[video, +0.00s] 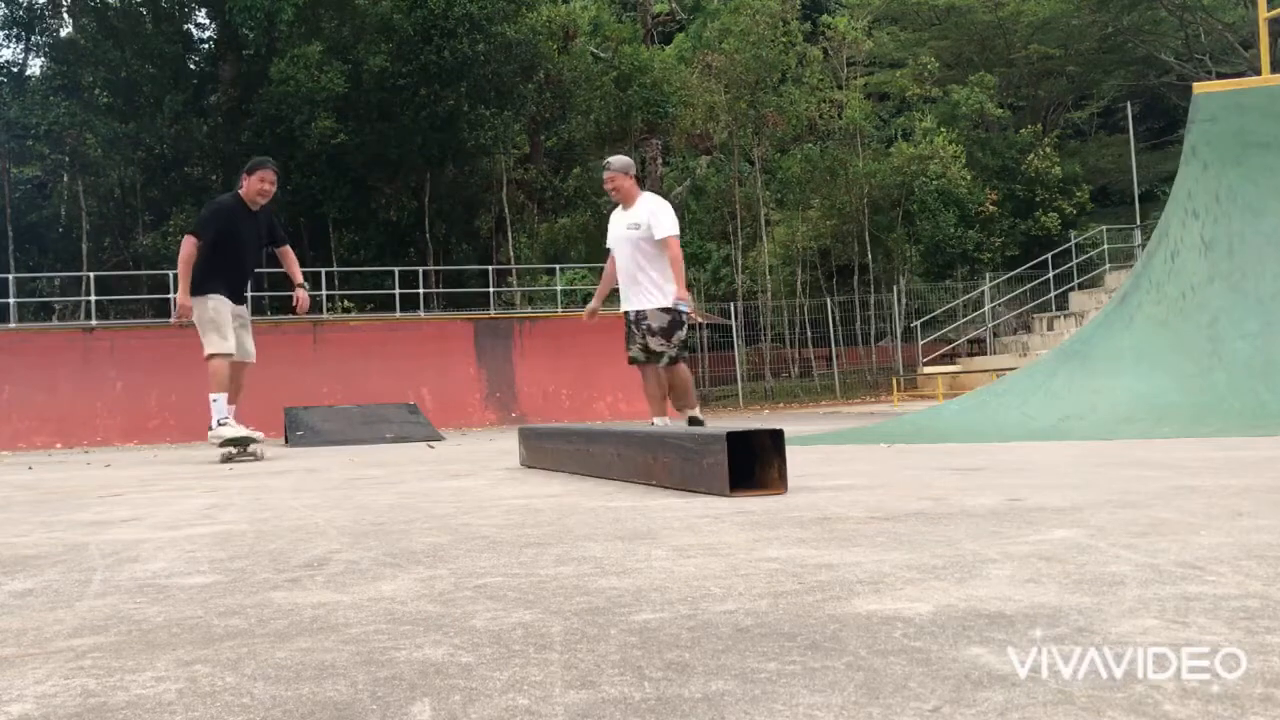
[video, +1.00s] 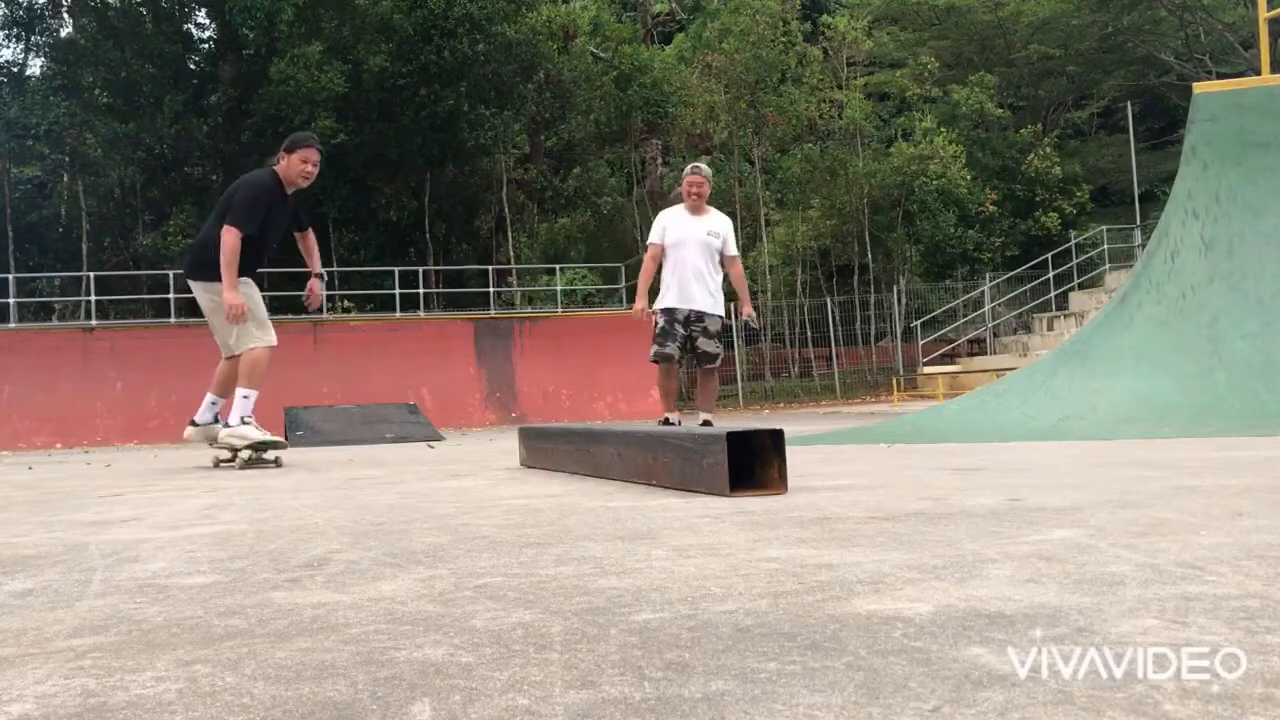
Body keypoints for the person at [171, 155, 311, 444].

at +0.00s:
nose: (267, 188)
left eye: (272, 184)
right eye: (262, 181)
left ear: (276, 188)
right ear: (244, 180)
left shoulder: (265, 216)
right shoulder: (221, 208)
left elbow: (284, 250)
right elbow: (190, 243)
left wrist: (300, 285)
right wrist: (183, 293)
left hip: (235, 296)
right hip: (208, 292)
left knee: (241, 357)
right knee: (220, 353)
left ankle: (229, 422)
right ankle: (219, 423)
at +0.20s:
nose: (270, 182)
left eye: (275, 178)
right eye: (264, 174)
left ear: (277, 183)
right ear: (246, 174)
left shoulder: (262, 212)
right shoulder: (223, 201)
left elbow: (270, 251)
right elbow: (199, 242)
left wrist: (291, 286)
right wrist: (204, 293)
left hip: (227, 296)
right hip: (194, 294)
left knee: (231, 357)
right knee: (201, 357)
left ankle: (221, 423)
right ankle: (197, 428)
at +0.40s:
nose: (275, 177)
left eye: (280, 172)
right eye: (270, 169)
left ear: (282, 177)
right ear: (250, 167)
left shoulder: (259, 207)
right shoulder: (228, 193)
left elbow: (248, 248)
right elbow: (219, 236)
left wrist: (252, 286)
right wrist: (240, 281)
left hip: (221, 289)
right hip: (192, 284)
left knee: (221, 354)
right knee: (195, 351)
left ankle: (204, 425)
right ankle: (173, 424)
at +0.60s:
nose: (278, 170)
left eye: (284, 165)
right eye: (273, 162)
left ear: (286, 170)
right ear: (253, 161)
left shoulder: (261, 201)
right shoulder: (233, 187)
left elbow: (258, 243)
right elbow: (205, 220)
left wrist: (269, 284)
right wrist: (216, 270)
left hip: (214, 281)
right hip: (202, 279)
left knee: (216, 353)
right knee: (228, 348)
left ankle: (188, 424)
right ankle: (214, 423)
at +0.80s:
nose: (296, 171)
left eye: (301, 167)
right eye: (290, 163)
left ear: (303, 171)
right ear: (269, 161)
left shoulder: (270, 199)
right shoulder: (249, 186)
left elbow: (277, 238)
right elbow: (221, 228)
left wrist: (302, 274)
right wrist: (210, 277)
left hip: (204, 277)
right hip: (215, 278)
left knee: (216, 355)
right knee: (240, 347)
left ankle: (190, 425)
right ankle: (223, 424)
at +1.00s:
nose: (310, 170)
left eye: (315, 164)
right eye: (304, 161)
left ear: (318, 168)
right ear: (282, 159)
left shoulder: (289, 199)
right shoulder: (258, 185)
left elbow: (305, 235)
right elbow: (230, 233)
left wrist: (316, 274)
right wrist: (230, 290)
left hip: (211, 272)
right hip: (220, 272)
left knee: (238, 351)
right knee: (261, 342)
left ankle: (204, 420)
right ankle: (239, 422)